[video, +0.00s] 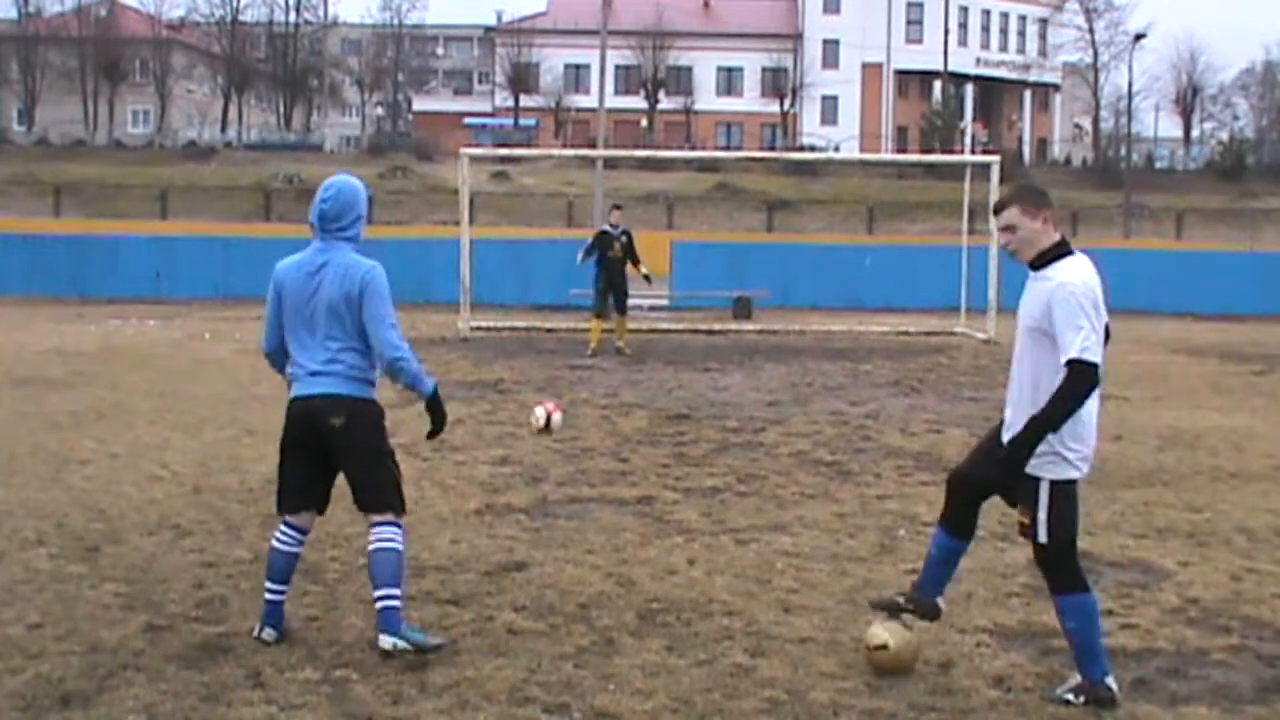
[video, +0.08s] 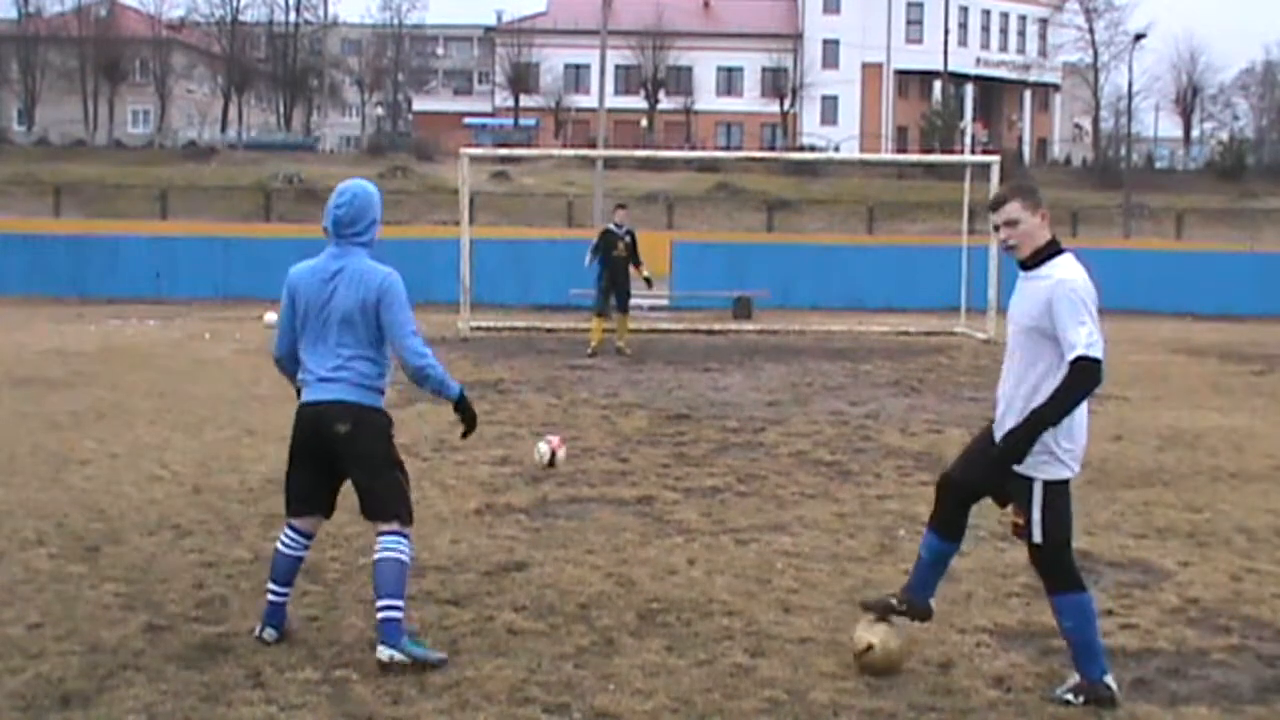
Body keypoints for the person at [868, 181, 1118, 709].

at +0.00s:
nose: (1005, 242)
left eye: (1011, 230)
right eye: (1000, 232)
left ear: (1044, 222)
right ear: (1035, 227)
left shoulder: (1068, 285)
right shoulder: (1049, 273)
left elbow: (1082, 375)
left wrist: (1022, 445)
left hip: (1052, 449)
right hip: (1019, 431)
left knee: (1057, 561)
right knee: (963, 486)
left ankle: (1097, 682)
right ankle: (924, 597)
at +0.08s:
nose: (1004, 237)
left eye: (1012, 225)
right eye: (998, 229)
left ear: (1042, 219)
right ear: (1001, 233)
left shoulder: (1066, 283)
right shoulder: (1031, 276)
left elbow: (1087, 372)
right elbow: (1031, 375)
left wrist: (1019, 439)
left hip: (1044, 450)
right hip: (1006, 433)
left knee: (1053, 560)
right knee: (952, 489)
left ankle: (1096, 681)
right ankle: (915, 598)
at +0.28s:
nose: (961, 242)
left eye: (967, 230)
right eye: (956, 234)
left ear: (1000, 220)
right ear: (965, 233)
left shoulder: (1039, 281)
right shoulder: (994, 280)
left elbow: (1067, 364)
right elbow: (1003, 366)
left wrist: (1010, 426)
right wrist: (975, 425)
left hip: (1019, 450)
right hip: (975, 431)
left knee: (1036, 559)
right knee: (910, 489)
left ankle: (1092, 677)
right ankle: (907, 597)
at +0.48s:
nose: (887, 263)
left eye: (891, 251)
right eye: (883, 254)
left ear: (925, 239)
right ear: (915, 245)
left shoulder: (965, 288)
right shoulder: (937, 291)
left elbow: (996, 373)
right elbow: (959, 373)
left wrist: (946, 442)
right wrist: (936, 436)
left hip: (977, 458)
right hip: (938, 453)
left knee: (1012, 560)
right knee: (905, 541)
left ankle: (1085, 671)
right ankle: (884, 667)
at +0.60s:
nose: (838, 273)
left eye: (841, 261)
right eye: (833, 264)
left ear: (873, 245)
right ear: (868, 251)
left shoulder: (915, 288)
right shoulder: (894, 294)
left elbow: (943, 371)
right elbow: (928, 375)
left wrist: (904, 446)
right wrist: (905, 444)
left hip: (948, 456)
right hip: (910, 451)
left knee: (951, 569)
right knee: (889, 547)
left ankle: (1050, 653)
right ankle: (882, 670)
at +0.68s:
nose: (813, 276)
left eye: (815, 263)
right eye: (808, 267)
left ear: (845, 246)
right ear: (842, 252)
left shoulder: (896, 284)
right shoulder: (872, 293)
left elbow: (929, 365)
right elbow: (901, 372)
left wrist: (886, 437)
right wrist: (882, 441)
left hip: (930, 453)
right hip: (894, 450)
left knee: (903, 559)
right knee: (874, 555)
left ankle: (1005, 640)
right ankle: (881, 671)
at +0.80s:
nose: (784, 274)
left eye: (786, 261)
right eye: (778, 265)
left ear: (814, 241)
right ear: (808, 249)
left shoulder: (874, 278)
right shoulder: (839, 291)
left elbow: (915, 355)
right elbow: (861, 372)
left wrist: (872, 429)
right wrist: (839, 429)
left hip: (897, 444)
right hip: (865, 444)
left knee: (847, 546)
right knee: (865, 548)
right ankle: (881, 658)